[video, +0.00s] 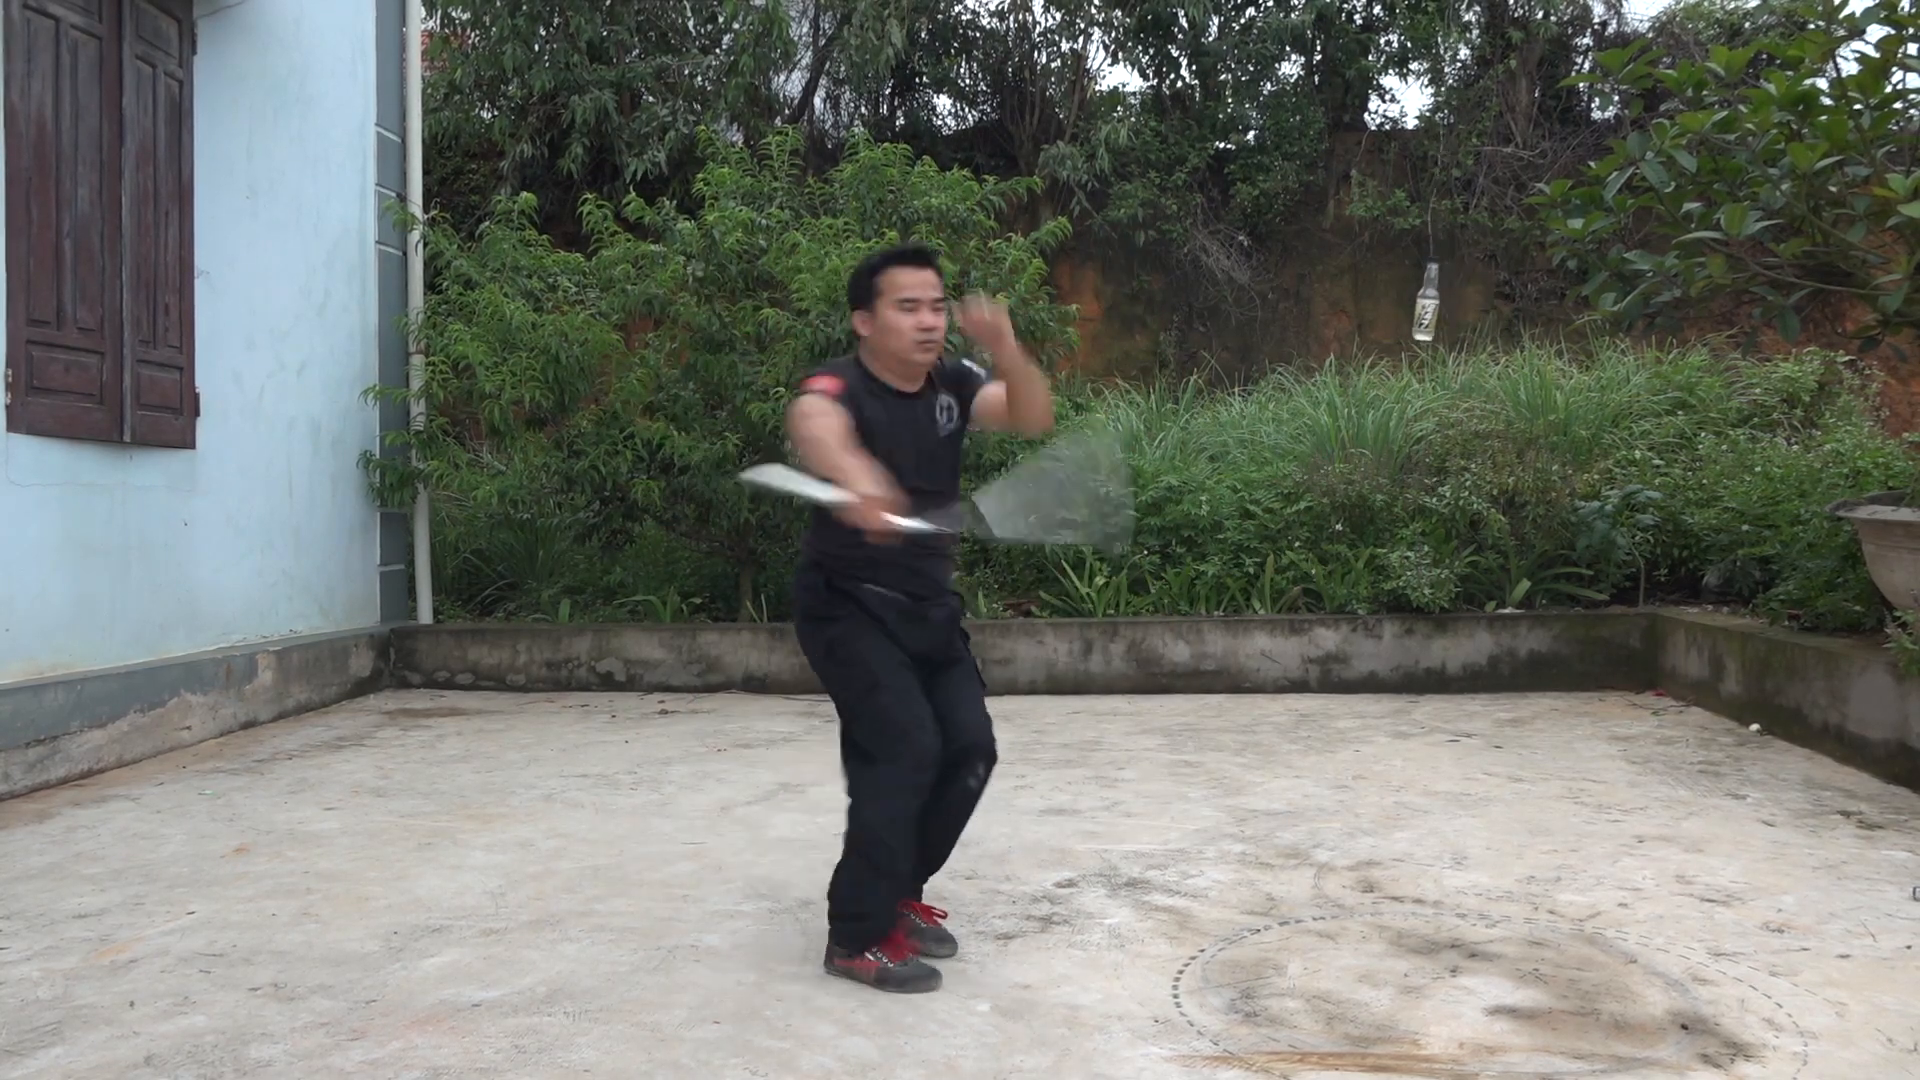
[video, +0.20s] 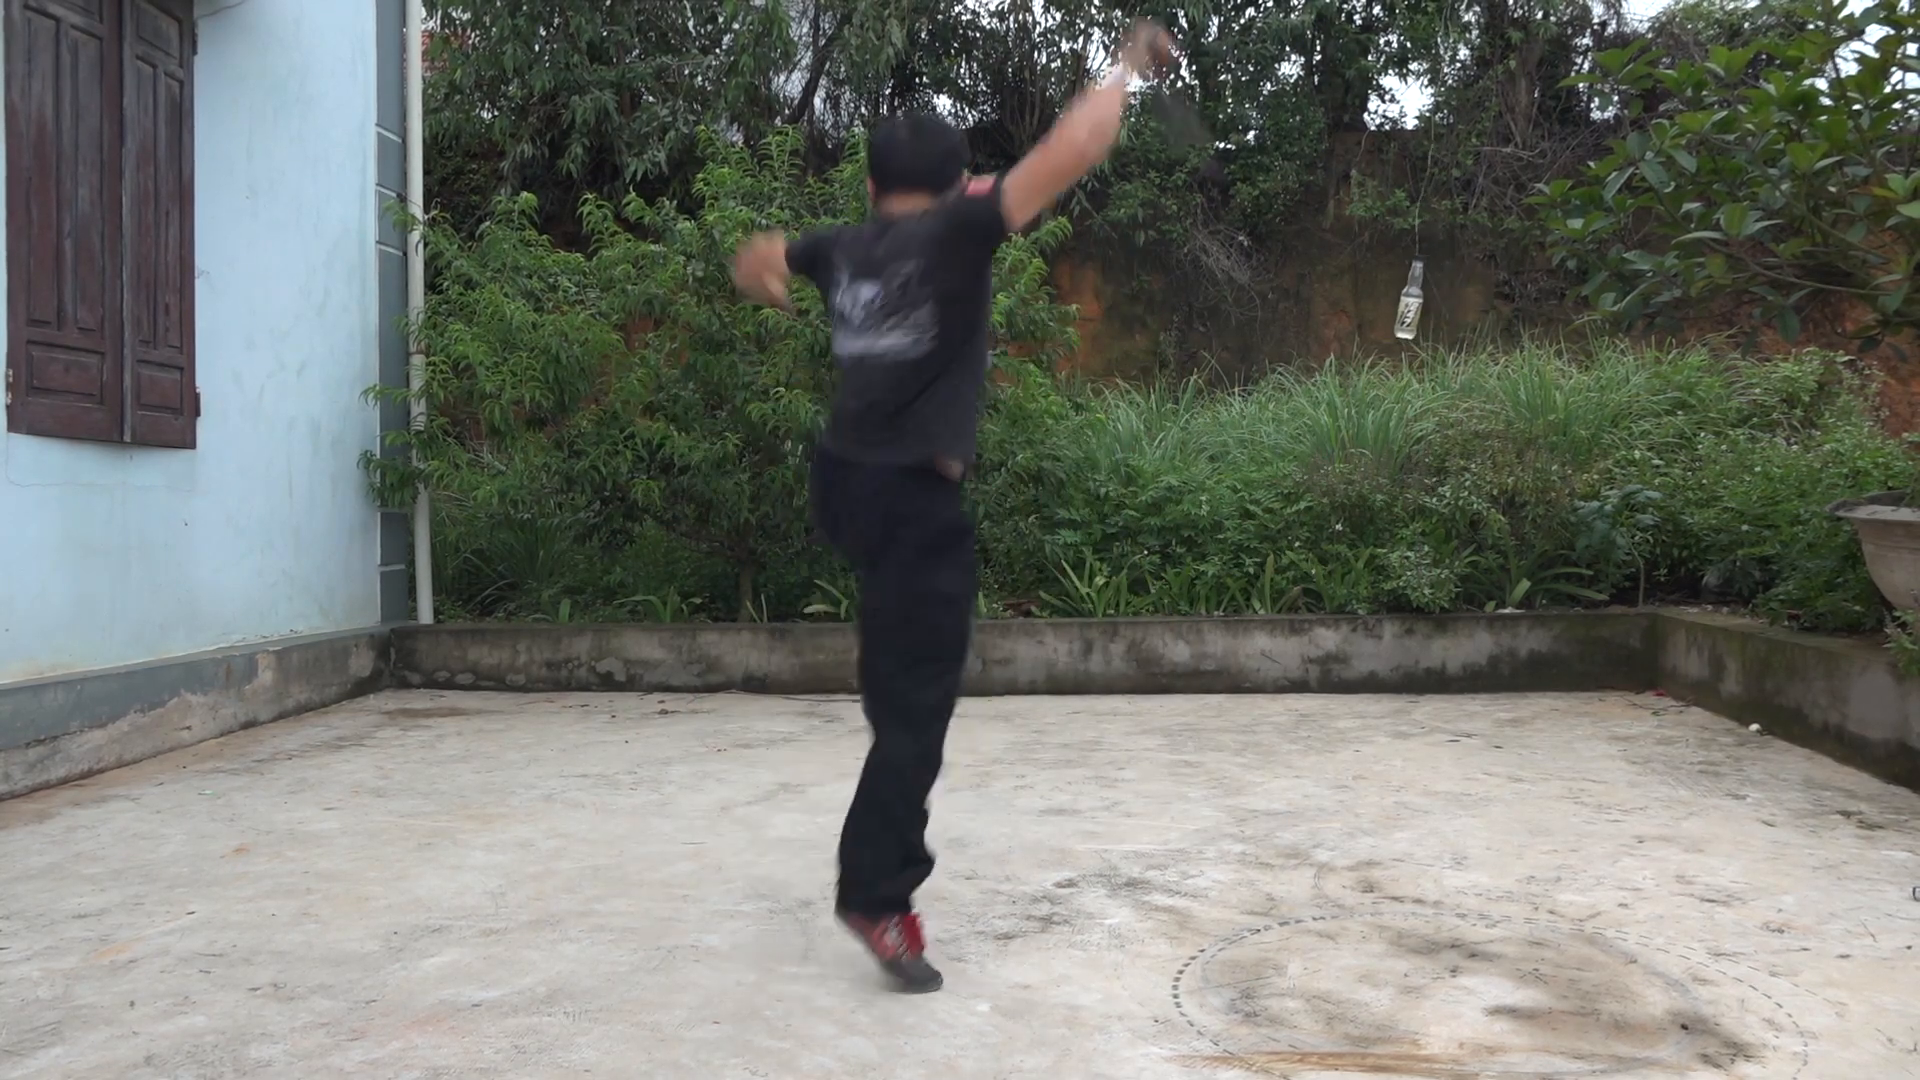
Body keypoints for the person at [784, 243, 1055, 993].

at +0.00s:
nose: (929, 320)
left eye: (938, 306)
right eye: (909, 307)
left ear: (948, 316)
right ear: (863, 322)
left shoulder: (952, 384)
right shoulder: (828, 392)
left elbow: (1033, 416)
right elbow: (822, 437)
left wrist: (1006, 350)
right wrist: (862, 479)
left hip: (928, 606)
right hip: (848, 604)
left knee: (969, 749)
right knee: (903, 749)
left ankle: (899, 894)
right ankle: (855, 937)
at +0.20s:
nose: (971, 184)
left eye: (964, 174)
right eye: (965, 175)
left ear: (876, 185)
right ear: (949, 184)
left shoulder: (841, 246)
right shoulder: (965, 229)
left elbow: (756, 258)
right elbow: (1070, 148)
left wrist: (770, 281)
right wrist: (1128, 66)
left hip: (841, 484)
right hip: (916, 497)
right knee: (915, 706)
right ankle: (873, 896)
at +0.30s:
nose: (858, 122)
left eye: (860, 109)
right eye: (860, 109)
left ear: (876, 111)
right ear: (944, 108)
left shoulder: (839, 175)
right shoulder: (1000, 149)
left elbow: (729, 193)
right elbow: (1098, 67)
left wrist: (793, 174)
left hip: (871, 420)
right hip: (975, 432)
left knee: (809, 481)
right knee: (987, 607)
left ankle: (843, 584)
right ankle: (938, 729)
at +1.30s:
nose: (820, 276)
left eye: (821, 262)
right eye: (823, 262)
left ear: (833, 263)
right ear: (900, 263)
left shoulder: (858, 342)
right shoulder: (944, 339)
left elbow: (798, 463)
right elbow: (907, 452)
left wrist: (692, 527)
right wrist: (821, 424)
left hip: (884, 582)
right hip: (949, 578)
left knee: (809, 763)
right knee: (869, 752)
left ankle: (927, 911)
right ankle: (889, 917)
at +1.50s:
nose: (920, 273)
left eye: (919, 259)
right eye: (914, 258)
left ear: (838, 249)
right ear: (877, 249)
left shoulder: (763, 300)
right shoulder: (887, 294)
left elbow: (694, 254)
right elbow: (1015, 314)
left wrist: (753, 204)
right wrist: (1075, 202)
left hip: (759, 547)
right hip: (848, 549)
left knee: (806, 717)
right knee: (897, 735)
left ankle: (781, 904)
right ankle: (907, 924)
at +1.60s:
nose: (883, 265)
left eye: (889, 249)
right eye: (865, 248)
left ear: (888, 254)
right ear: (817, 254)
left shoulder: (833, 326)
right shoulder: (821, 307)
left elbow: (881, 365)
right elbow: (952, 232)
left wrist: (938, 400)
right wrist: (988, 146)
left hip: (792, 576)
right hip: (757, 574)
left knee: (842, 740)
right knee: (833, 745)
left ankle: (783, 903)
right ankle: (762, 931)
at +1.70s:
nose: (812, 302)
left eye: (829, 287)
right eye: (795, 288)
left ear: (852, 290)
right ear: (761, 295)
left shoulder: (861, 390)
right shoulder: (737, 350)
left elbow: (929, 480)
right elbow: (837, 296)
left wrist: (885, 521)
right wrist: (928, 266)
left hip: (818, 624)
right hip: (706, 610)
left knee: (886, 780)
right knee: (624, 753)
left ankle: (787, 873)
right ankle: (543, 931)